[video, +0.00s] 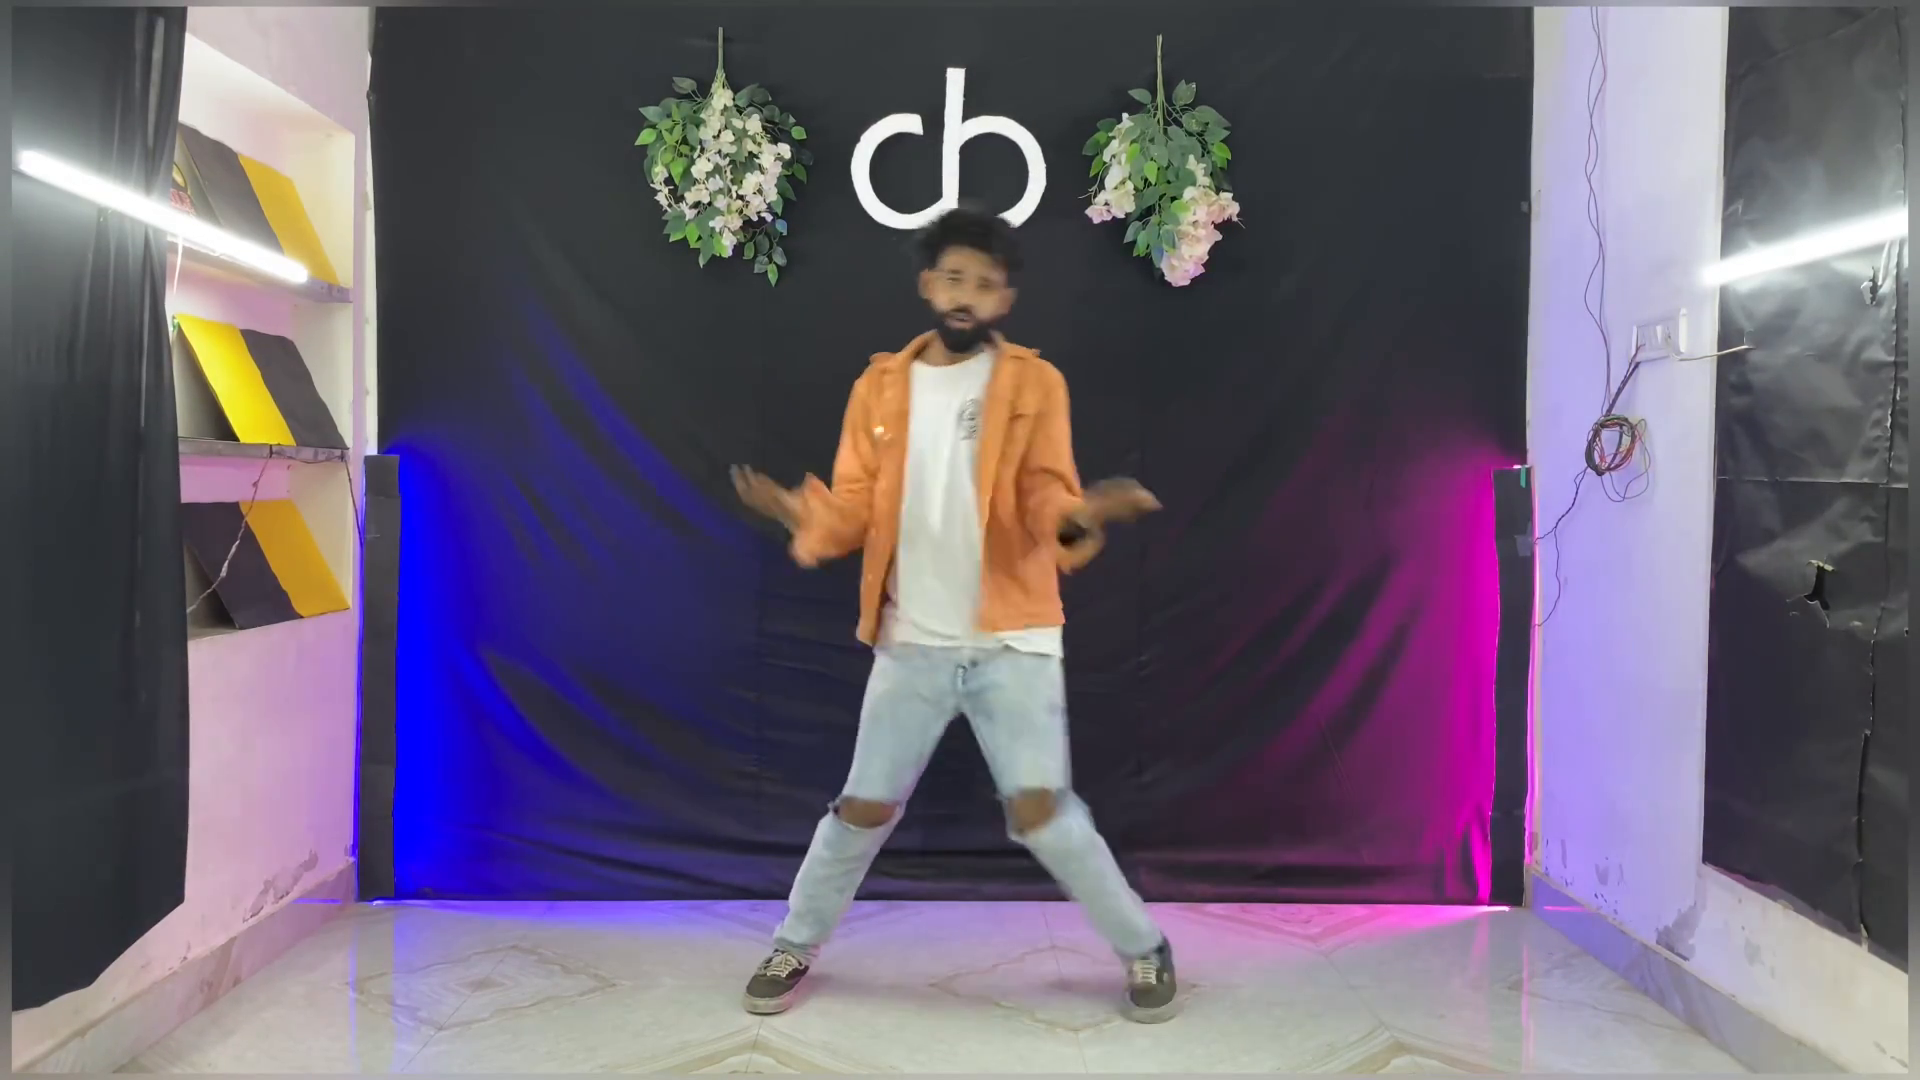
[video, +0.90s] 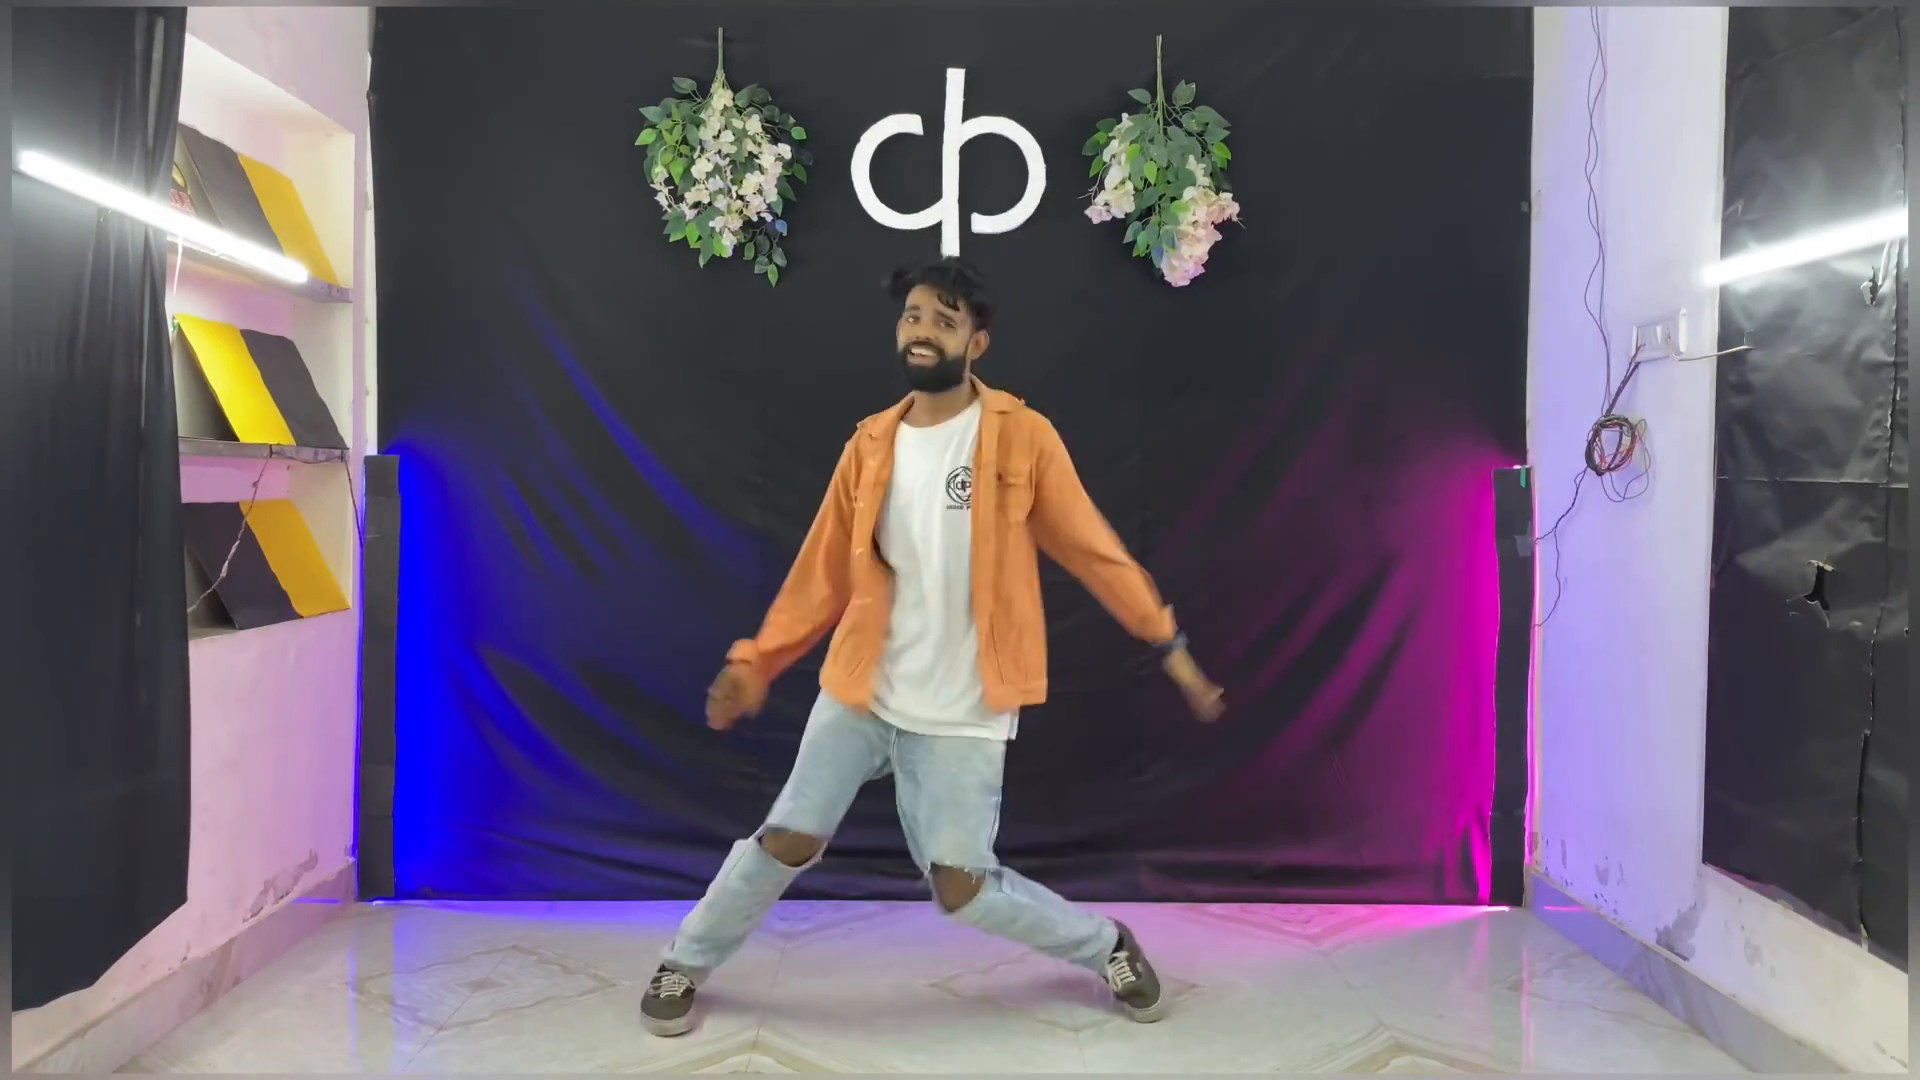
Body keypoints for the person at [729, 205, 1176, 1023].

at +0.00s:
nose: (964, 295)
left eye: (983, 283)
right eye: (951, 278)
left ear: (1009, 297)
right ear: (925, 283)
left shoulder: (1036, 384)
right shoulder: (881, 383)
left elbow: (1044, 501)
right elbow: (851, 501)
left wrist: (1083, 511)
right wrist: (800, 511)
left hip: (1014, 638)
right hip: (910, 638)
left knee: (1039, 810)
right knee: (863, 806)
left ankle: (1143, 949)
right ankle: (792, 945)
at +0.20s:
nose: (1048, 304)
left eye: (1066, 292)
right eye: (1035, 285)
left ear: (1085, 305)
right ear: (1004, 287)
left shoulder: (1102, 402)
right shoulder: (943, 381)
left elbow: (1122, 519)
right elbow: (903, 492)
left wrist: (1185, 577)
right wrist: (876, 568)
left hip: (1054, 646)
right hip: (944, 640)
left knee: (1071, 817)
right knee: (878, 802)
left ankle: (1138, 955)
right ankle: (799, 943)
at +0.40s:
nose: (1067, 269)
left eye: (1084, 256)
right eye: (1051, 252)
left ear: (1105, 270)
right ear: (1021, 259)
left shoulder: (1126, 369)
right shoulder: (967, 356)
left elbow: (1162, 489)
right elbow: (942, 472)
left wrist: (1177, 600)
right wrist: (935, 578)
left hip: (1092, 621)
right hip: (984, 610)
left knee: (1106, 793)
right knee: (945, 784)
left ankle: (1144, 953)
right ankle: (882, 929)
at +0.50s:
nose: (1054, 268)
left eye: (1071, 253)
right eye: (1036, 253)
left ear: (1093, 267)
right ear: (1010, 263)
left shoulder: (1123, 366)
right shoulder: (965, 358)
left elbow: (1128, 492)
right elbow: (964, 476)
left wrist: (1076, 576)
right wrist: (1040, 536)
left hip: (1083, 602)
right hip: (981, 600)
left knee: (1100, 783)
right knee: (978, 767)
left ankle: (1142, 951)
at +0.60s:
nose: (1024, 279)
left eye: (1039, 264)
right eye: (1005, 267)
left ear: (1066, 277)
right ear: (982, 285)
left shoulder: (1102, 377)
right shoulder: (957, 365)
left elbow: (1088, 502)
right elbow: (977, 472)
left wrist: (974, 522)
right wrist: (1096, 447)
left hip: (1066, 607)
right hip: (968, 599)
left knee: (1099, 785)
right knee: (947, 752)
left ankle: (1143, 953)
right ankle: (1009, 895)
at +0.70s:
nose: (981, 281)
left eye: (1000, 266)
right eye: (966, 266)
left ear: (1033, 280)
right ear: (949, 279)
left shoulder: (1078, 377)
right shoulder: (921, 374)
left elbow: (1104, 517)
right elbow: (894, 497)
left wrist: (1031, 495)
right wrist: (972, 481)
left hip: (1045, 620)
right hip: (942, 607)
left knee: (1067, 795)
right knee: (892, 756)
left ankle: (1136, 953)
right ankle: (848, 935)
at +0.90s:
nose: (920, 330)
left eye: (942, 320)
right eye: (912, 316)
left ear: (978, 340)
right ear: (897, 330)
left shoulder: (1021, 436)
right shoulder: (872, 442)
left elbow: (1093, 549)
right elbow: (822, 570)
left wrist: (1170, 644)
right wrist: (753, 663)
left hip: (963, 704)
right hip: (860, 684)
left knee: (960, 886)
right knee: (791, 836)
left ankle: (1107, 948)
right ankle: (682, 965)